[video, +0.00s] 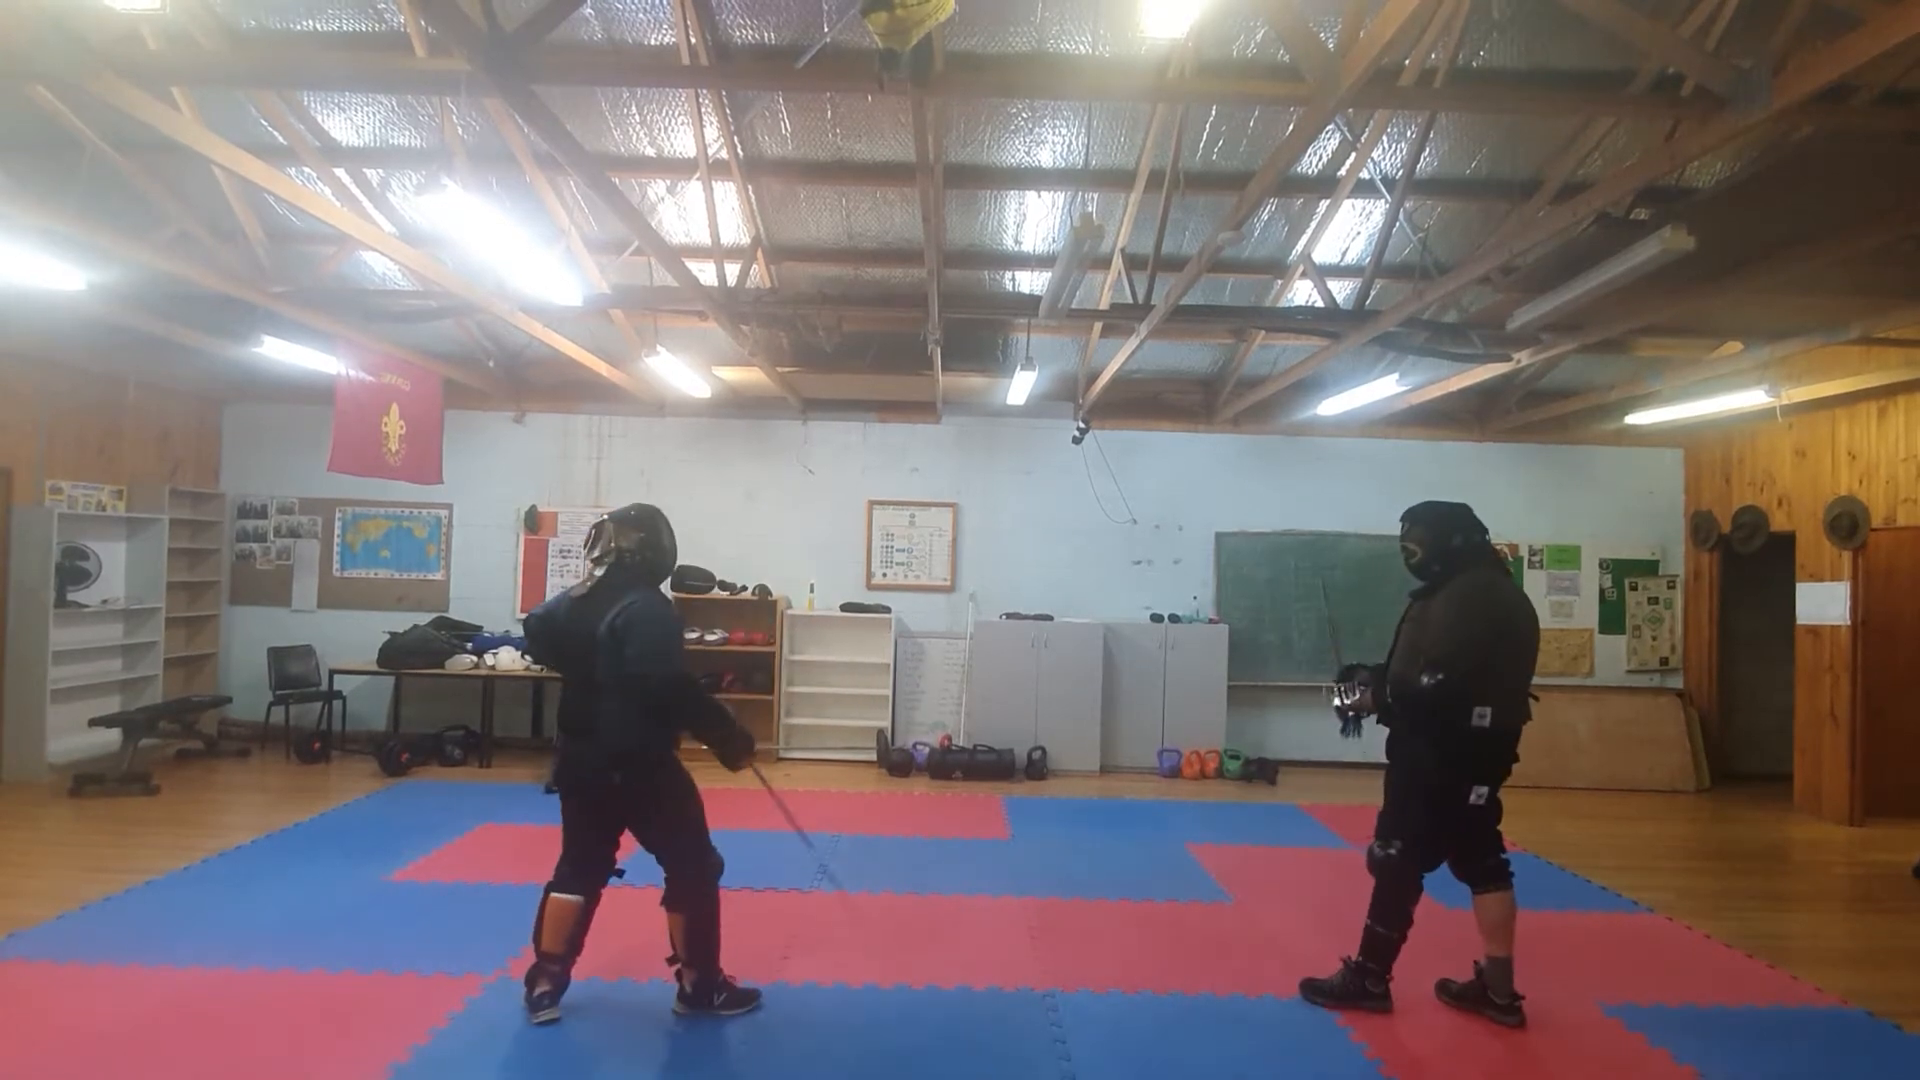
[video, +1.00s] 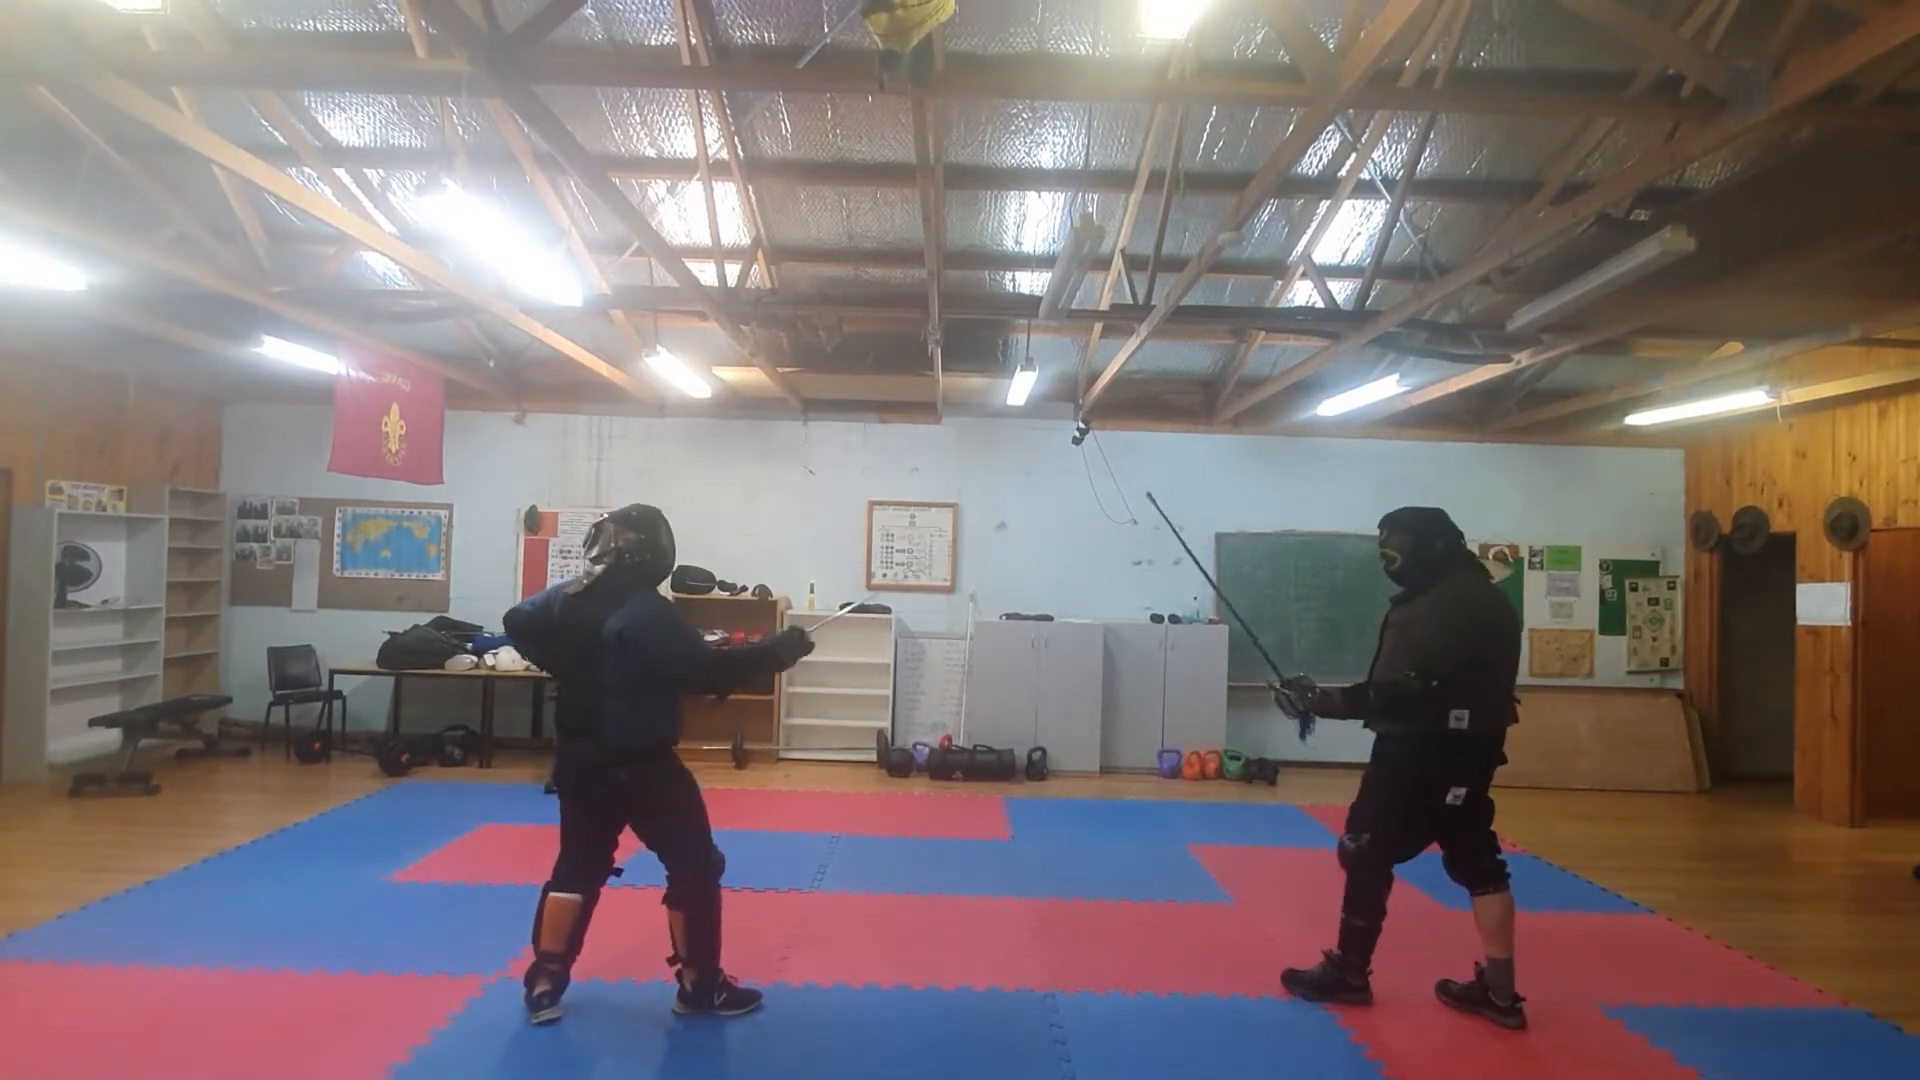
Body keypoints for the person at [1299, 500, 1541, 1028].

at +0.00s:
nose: (1410, 560)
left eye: (1416, 549)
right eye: (1407, 550)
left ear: (1448, 543)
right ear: (1457, 542)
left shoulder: (1464, 599)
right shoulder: (1496, 593)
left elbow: (1445, 693)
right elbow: (1435, 672)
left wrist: (1383, 698)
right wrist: (1380, 681)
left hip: (1433, 763)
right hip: (1479, 762)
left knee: (1396, 861)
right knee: (1484, 864)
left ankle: (1369, 975)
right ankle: (1497, 986)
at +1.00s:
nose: (1388, 566)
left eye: (1394, 554)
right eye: (1385, 555)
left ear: (1423, 548)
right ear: (1442, 546)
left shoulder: (1421, 609)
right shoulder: (1491, 601)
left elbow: (1395, 700)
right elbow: (1495, 699)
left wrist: (1319, 699)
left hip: (1413, 757)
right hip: (1472, 758)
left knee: (1366, 852)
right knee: (1479, 864)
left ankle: (1349, 970)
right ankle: (1499, 989)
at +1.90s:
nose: (1367, 569)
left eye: (1372, 558)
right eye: (1365, 559)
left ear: (1399, 555)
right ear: (1421, 551)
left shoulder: (1404, 610)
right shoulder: (1472, 603)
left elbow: (1370, 684)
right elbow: (1472, 689)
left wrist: (1282, 690)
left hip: (1397, 758)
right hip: (1456, 757)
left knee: (1340, 844)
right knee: (1476, 857)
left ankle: (1343, 970)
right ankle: (1512, 973)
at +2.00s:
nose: (1380, 567)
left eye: (1385, 556)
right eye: (1377, 557)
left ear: (1413, 553)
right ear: (1434, 550)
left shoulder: (1416, 607)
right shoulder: (1487, 602)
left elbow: (1378, 679)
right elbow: (1488, 689)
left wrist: (1290, 685)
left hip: (1410, 756)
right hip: (1470, 755)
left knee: (1356, 845)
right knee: (1485, 855)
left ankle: (1345, 969)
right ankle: (1513, 973)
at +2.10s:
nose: (1390, 567)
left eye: (1395, 556)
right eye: (1387, 556)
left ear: (1424, 552)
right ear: (1448, 550)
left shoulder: (1427, 607)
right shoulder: (1496, 603)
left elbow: (1386, 675)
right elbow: (1497, 690)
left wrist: (1296, 681)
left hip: (1419, 756)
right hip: (1478, 756)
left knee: (1369, 848)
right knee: (1492, 857)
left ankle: (1348, 968)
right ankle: (1514, 974)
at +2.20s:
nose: (1396, 567)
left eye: (1401, 556)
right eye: (1393, 557)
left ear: (1431, 551)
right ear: (1454, 549)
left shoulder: (1433, 607)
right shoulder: (1502, 604)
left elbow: (1393, 675)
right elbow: (1502, 690)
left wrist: (1304, 679)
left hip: (1423, 755)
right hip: (1482, 754)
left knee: (1372, 847)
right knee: (1496, 856)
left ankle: (1349, 968)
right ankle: (1515, 975)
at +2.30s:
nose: (1398, 567)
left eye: (1403, 556)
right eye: (1396, 557)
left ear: (1432, 552)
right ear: (1455, 549)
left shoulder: (1433, 608)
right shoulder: (1504, 605)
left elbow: (1395, 677)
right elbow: (1504, 693)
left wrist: (1307, 680)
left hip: (1422, 754)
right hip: (1481, 754)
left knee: (1371, 847)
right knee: (1493, 855)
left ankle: (1348, 968)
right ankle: (1516, 975)